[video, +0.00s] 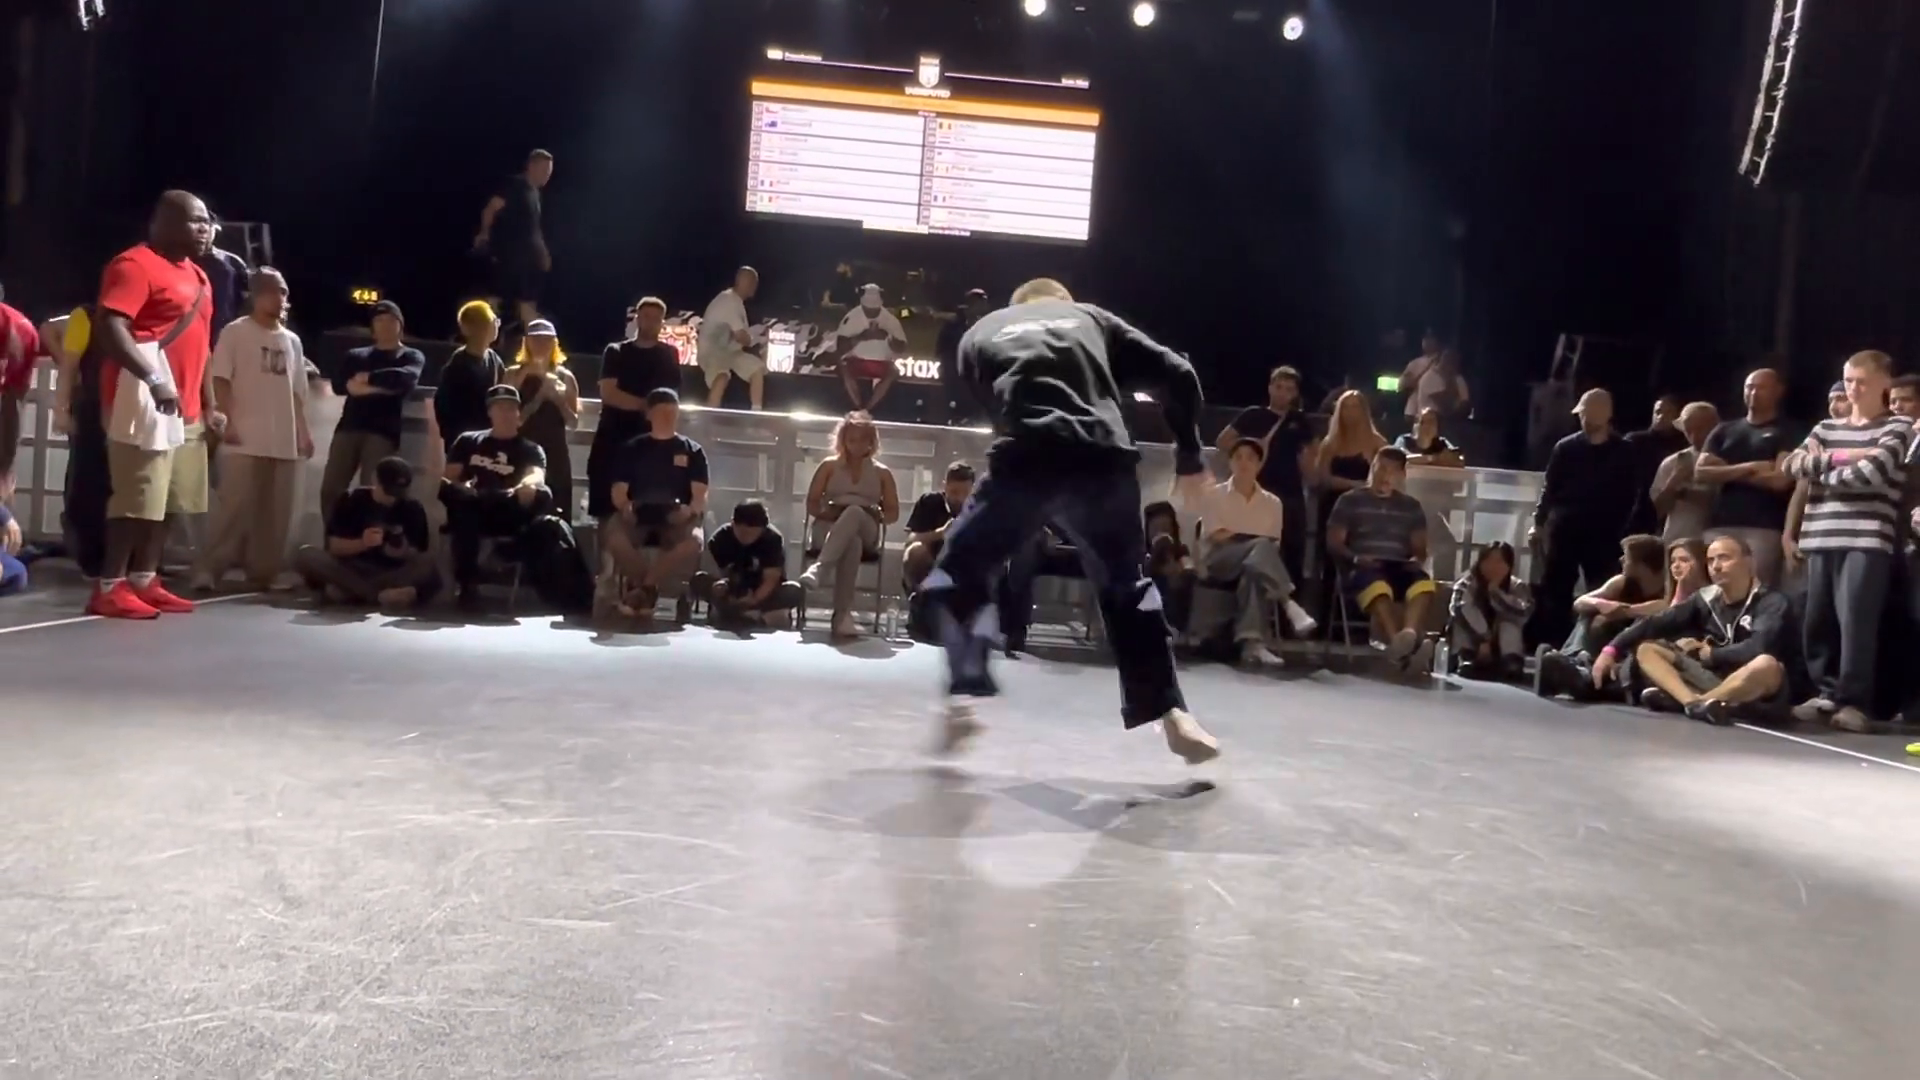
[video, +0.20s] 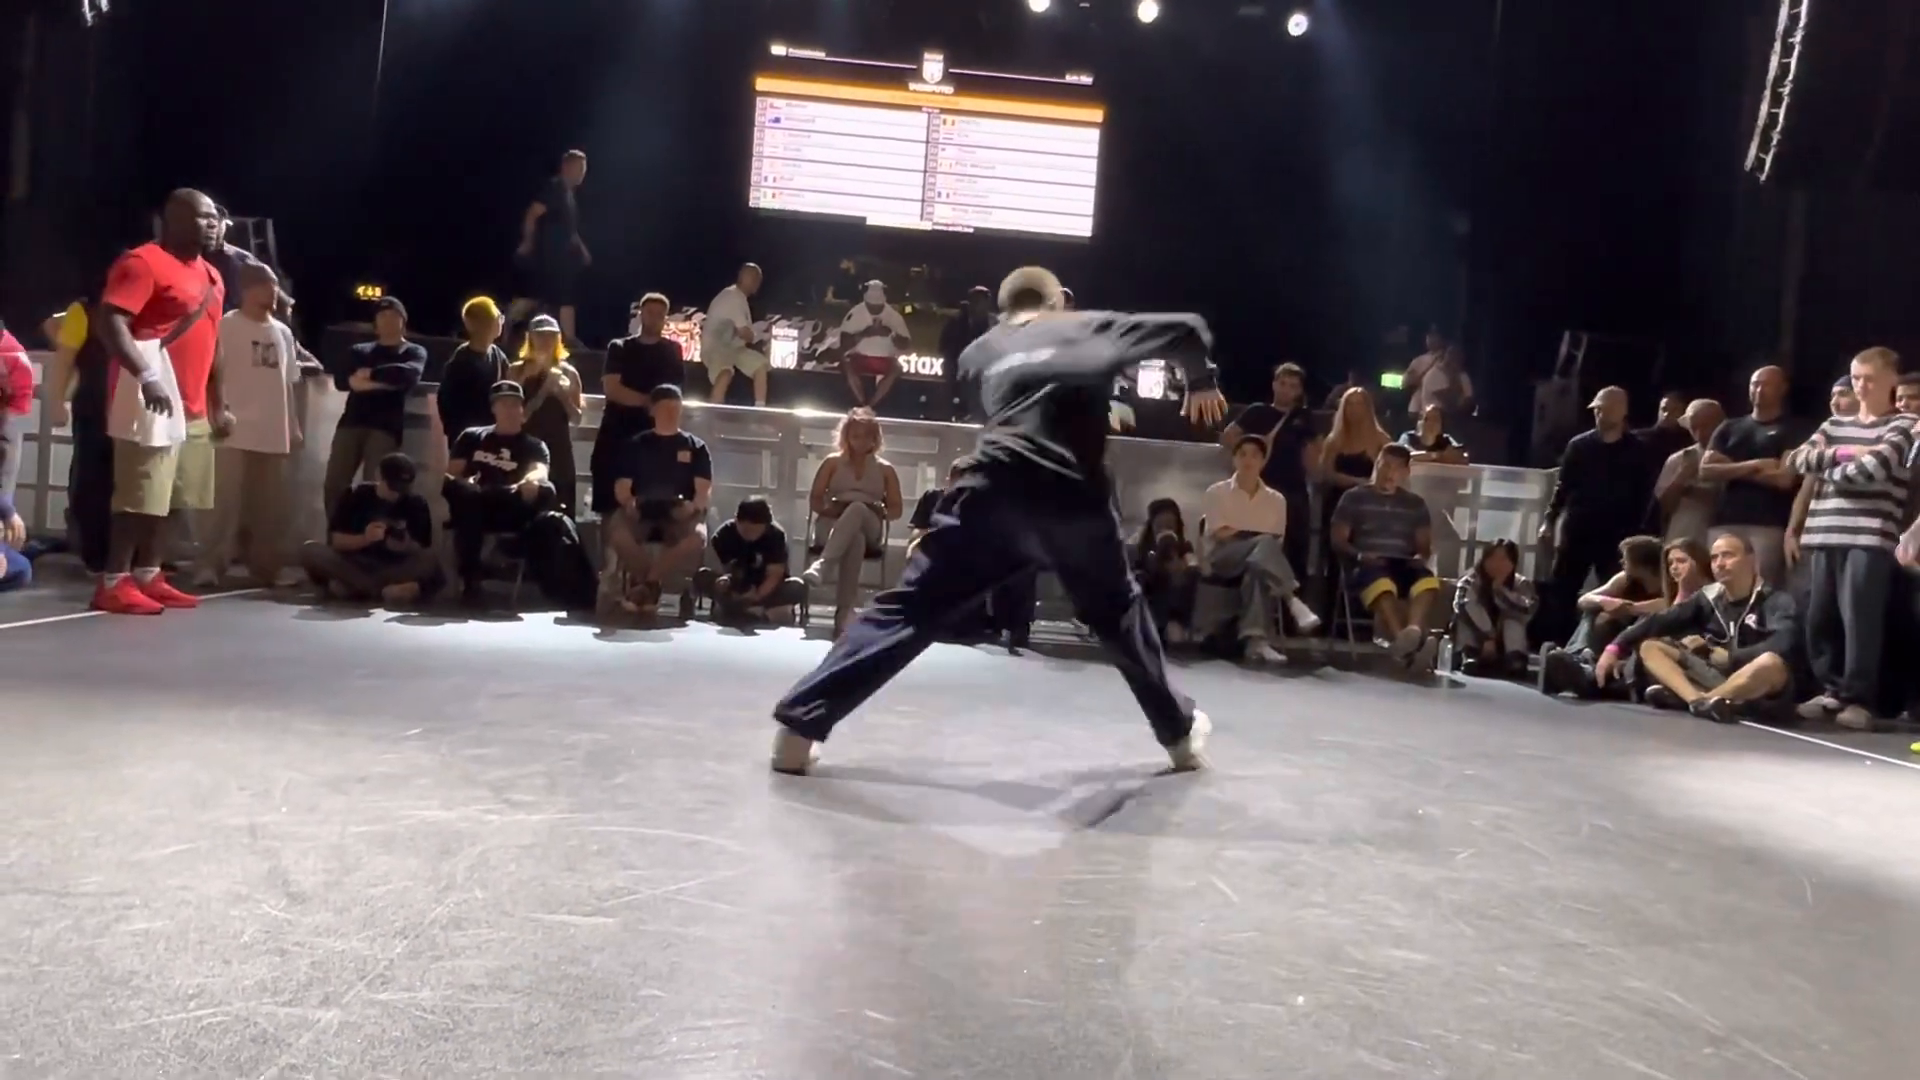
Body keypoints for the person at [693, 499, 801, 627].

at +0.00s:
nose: (747, 538)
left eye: (753, 534)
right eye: (743, 532)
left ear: (762, 529)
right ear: (733, 523)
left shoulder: (772, 539)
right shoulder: (718, 540)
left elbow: (772, 578)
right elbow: (721, 574)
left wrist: (755, 599)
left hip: (762, 585)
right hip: (734, 585)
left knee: (794, 590)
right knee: (700, 580)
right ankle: (760, 617)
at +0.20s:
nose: (749, 534)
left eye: (755, 530)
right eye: (745, 529)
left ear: (765, 526)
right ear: (737, 521)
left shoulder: (775, 536)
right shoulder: (722, 536)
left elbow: (775, 573)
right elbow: (727, 570)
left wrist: (758, 595)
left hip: (765, 582)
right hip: (737, 583)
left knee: (797, 586)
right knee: (702, 577)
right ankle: (763, 613)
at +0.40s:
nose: (751, 532)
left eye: (757, 528)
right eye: (747, 526)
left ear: (767, 523)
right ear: (739, 518)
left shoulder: (778, 532)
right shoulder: (724, 533)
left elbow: (778, 570)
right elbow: (732, 567)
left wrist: (760, 592)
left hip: (768, 580)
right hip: (740, 581)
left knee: (800, 583)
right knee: (704, 573)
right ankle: (762, 609)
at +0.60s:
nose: (755, 531)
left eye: (760, 527)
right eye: (751, 526)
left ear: (771, 522)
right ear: (742, 516)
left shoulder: (781, 530)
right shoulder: (727, 531)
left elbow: (780, 569)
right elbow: (733, 565)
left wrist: (762, 590)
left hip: (771, 578)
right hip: (742, 579)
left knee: (803, 581)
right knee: (707, 571)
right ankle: (766, 607)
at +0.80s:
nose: (756, 529)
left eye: (761, 525)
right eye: (752, 524)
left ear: (772, 520)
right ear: (744, 514)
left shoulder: (783, 528)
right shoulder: (729, 529)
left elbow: (782, 566)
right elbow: (735, 562)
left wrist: (763, 587)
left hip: (772, 575)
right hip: (744, 576)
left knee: (805, 579)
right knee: (709, 568)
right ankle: (766, 605)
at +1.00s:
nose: (759, 529)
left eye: (764, 525)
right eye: (755, 524)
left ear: (775, 520)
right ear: (746, 513)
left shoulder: (785, 526)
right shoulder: (731, 528)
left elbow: (784, 566)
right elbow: (723, 562)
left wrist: (765, 586)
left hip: (774, 575)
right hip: (745, 576)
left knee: (807, 577)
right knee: (712, 568)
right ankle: (770, 603)